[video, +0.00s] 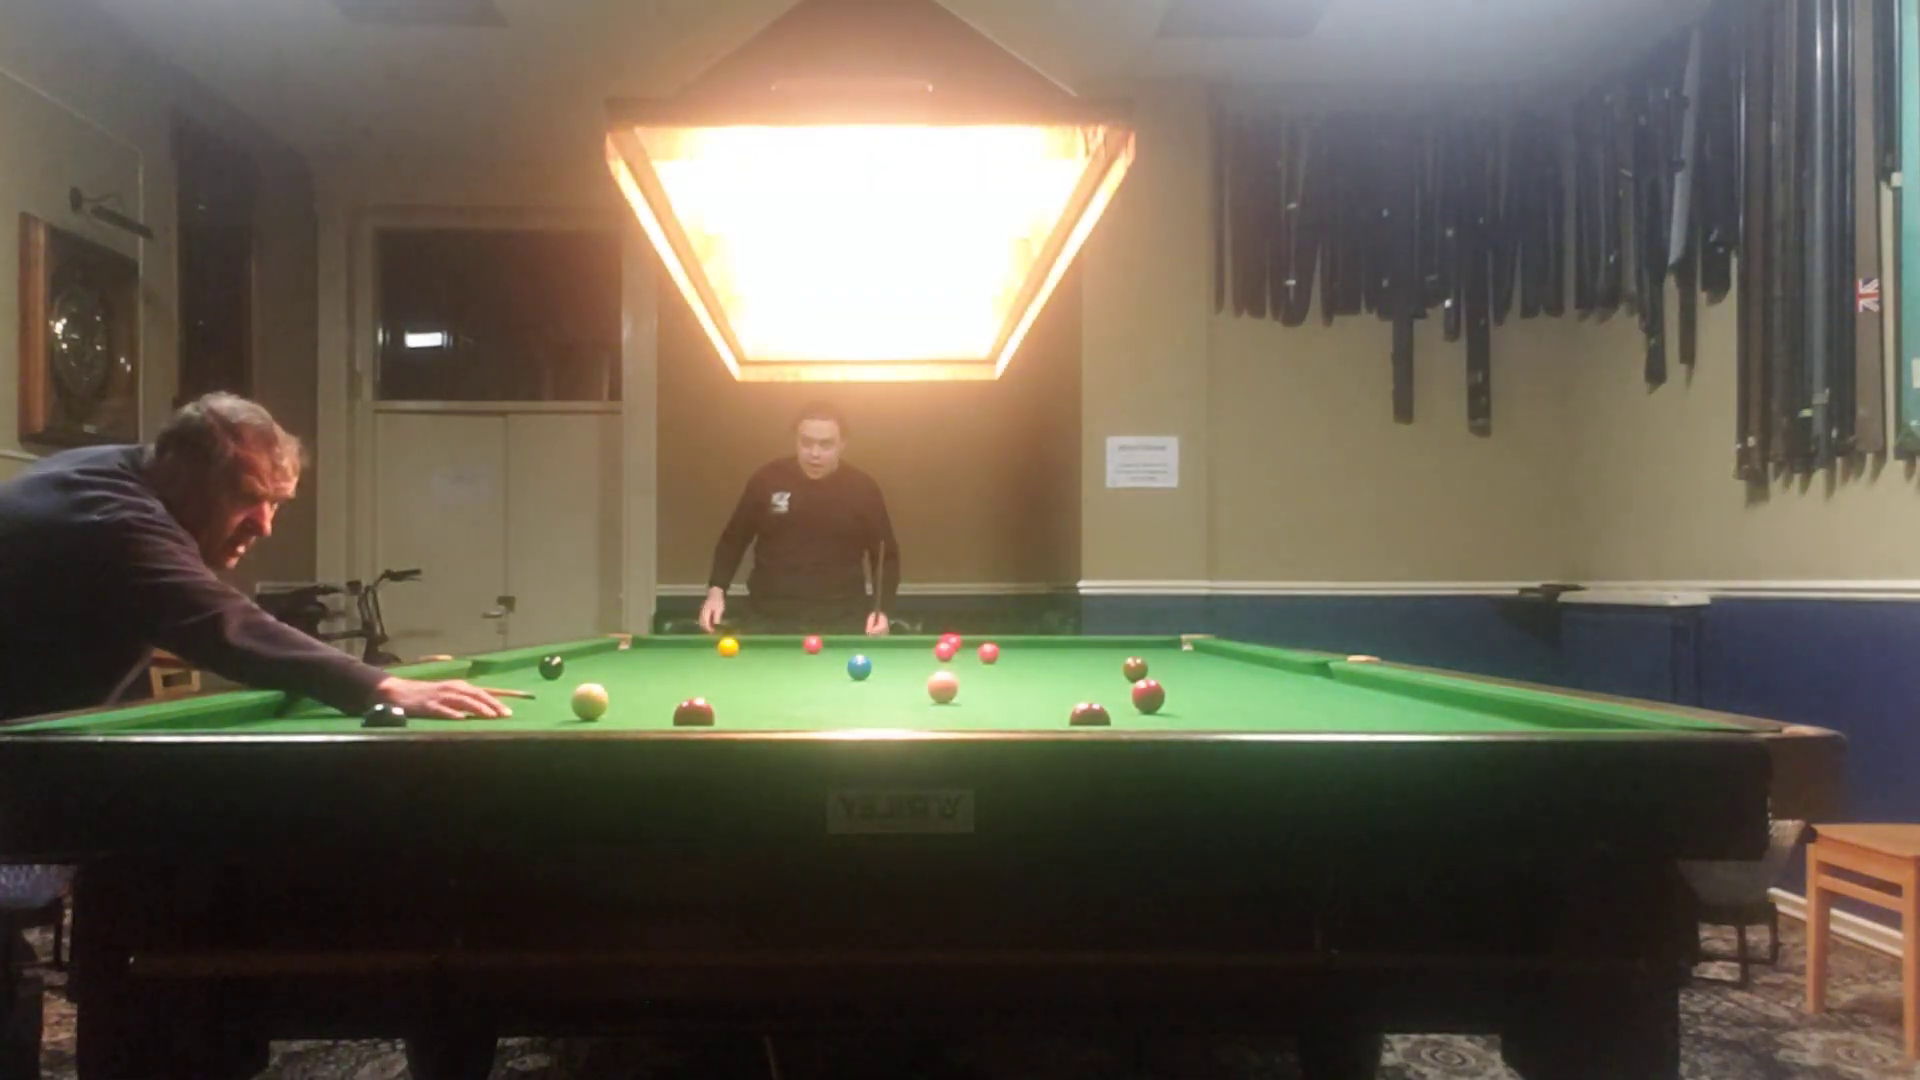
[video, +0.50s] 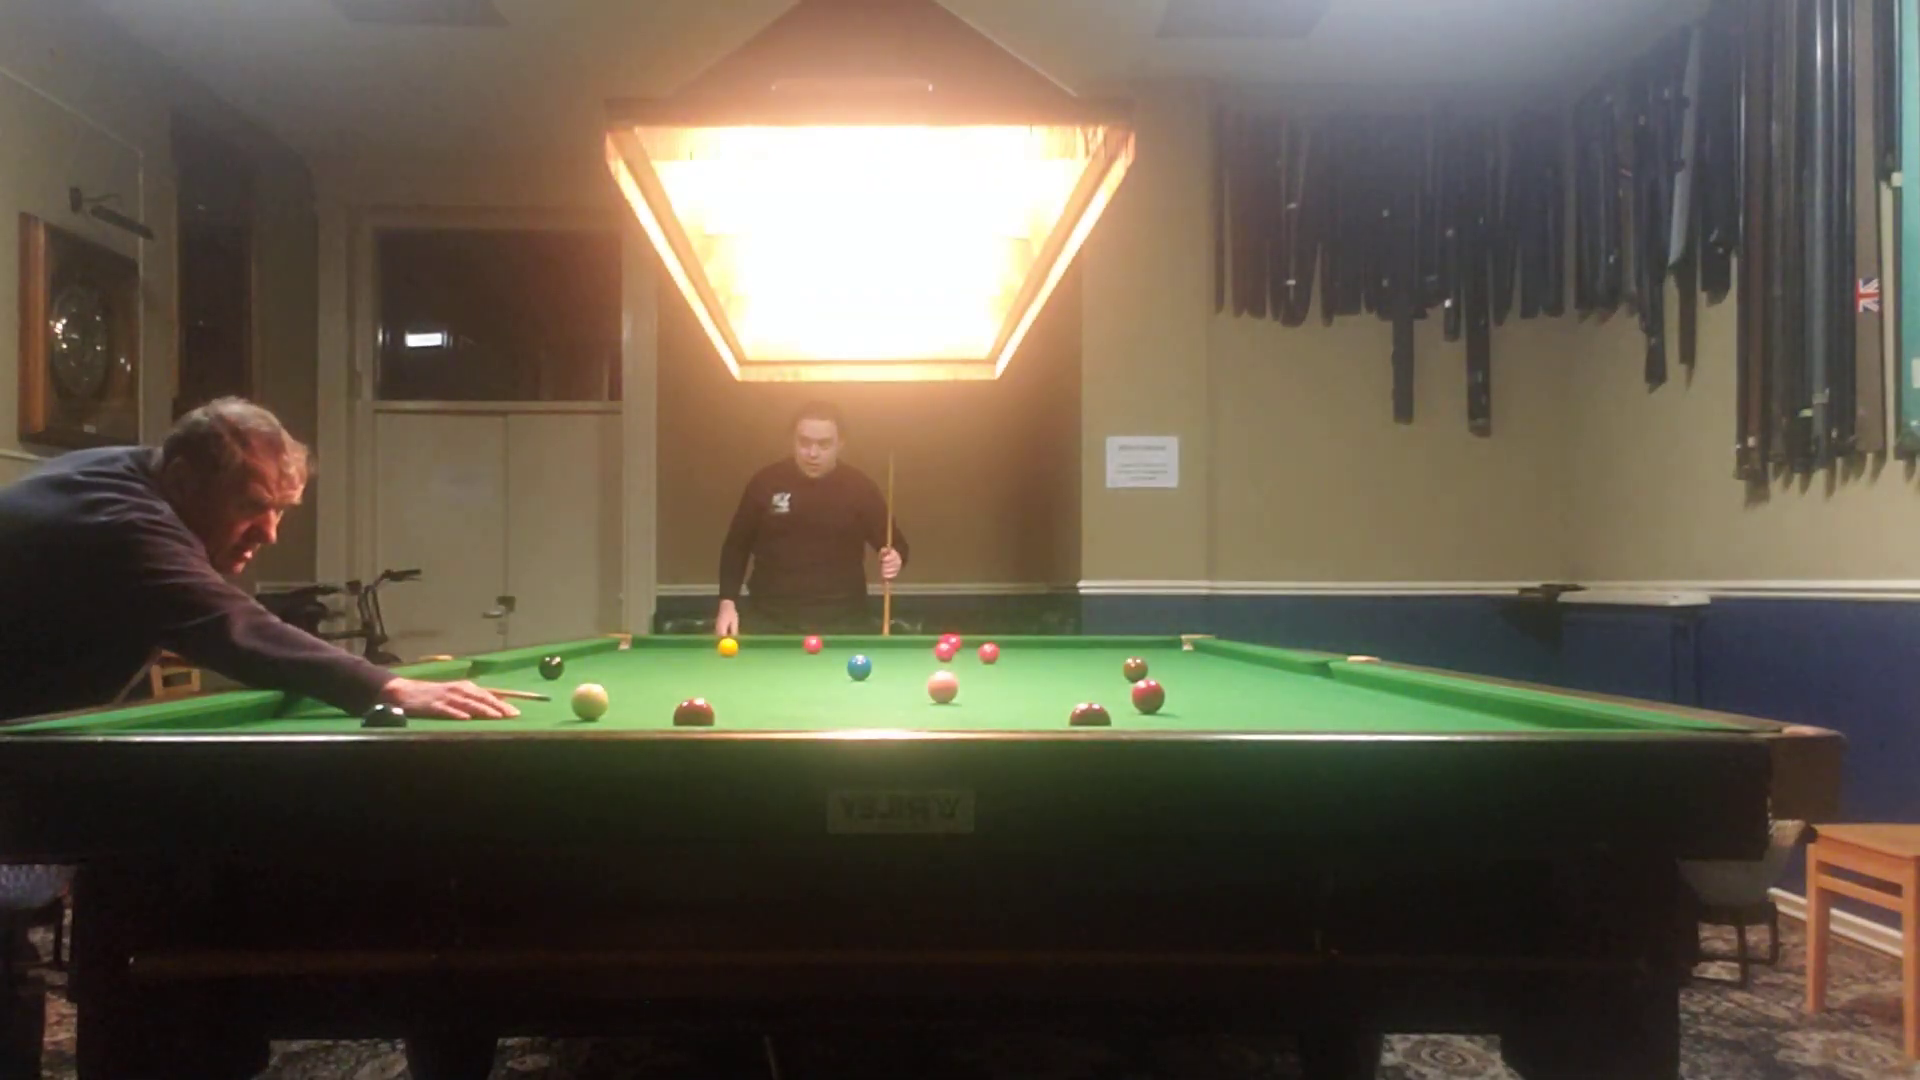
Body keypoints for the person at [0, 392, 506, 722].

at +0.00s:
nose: (263, 526)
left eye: (275, 507)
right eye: (247, 500)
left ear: (175, 465)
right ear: (180, 468)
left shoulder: (121, 473)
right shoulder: (121, 521)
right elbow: (233, 630)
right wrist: (388, 687)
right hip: (17, 741)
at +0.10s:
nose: (265, 529)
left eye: (277, 509)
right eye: (250, 502)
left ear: (176, 468)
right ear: (181, 471)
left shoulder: (125, 473)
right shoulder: (125, 523)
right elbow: (237, 631)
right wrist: (389, 687)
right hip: (13, 728)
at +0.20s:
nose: (267, 531)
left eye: (278, 511)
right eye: (252, 503)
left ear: (178, 469)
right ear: (181, 472)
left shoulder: (129, 475)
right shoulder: (124, 522)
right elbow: (237, 630)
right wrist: (392, 687)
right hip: (13, 721)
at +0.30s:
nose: (268, 533)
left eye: (279, 513)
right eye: (253, 506)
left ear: (178, 471)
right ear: (183, 476)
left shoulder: (125, 473)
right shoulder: (130, 527)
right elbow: (239, 630)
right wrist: (392, 687)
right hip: (11, 723)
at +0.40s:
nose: (268, 533)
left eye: (281, 513)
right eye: (253, 506)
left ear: (178, 473)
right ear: (182, 477)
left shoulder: (128, 472)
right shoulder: (133, 529)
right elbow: (242, 632)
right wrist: (393, 687)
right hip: (11, 720)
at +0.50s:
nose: (269, 534)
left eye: (281, 513)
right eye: (253, 507)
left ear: (179, 473)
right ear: (183, 478)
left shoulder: (127, 472)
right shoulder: (133, 529)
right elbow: (243, 632)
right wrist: (394, 687)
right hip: (11, 720)